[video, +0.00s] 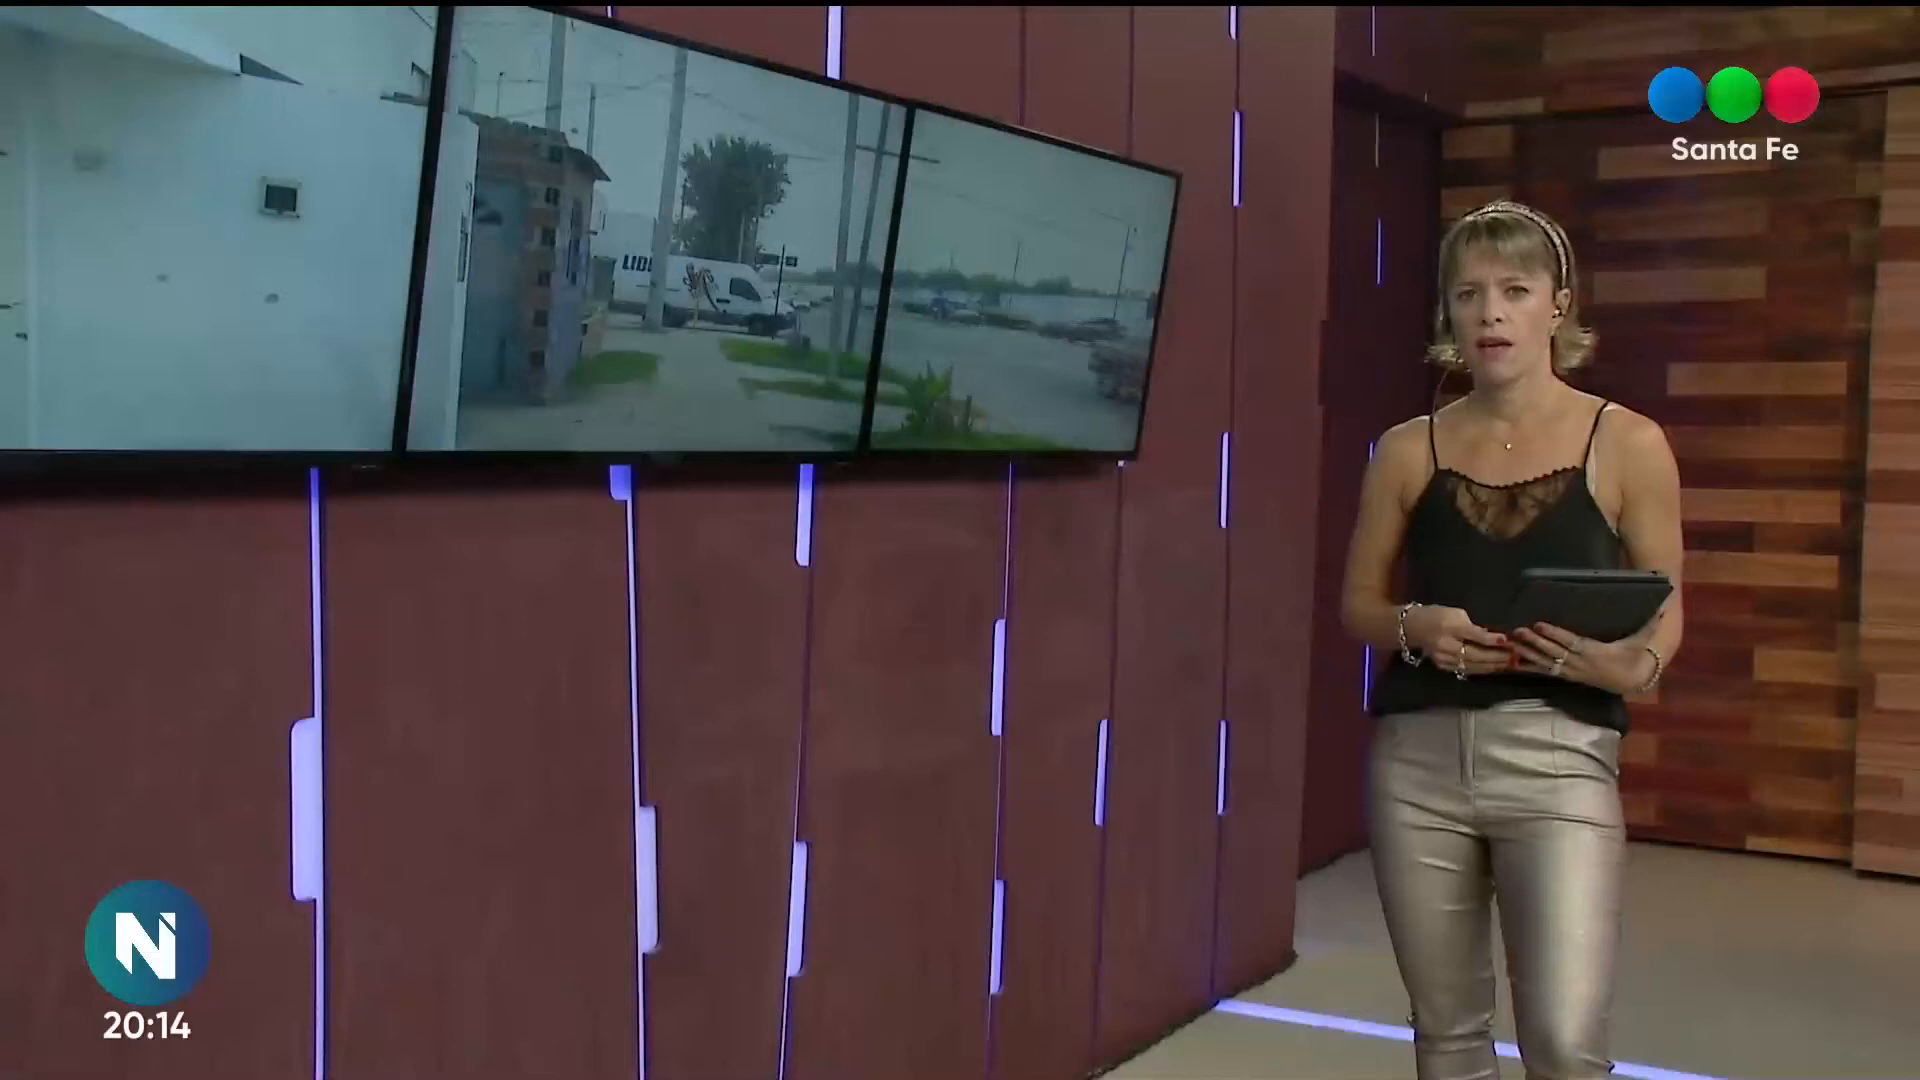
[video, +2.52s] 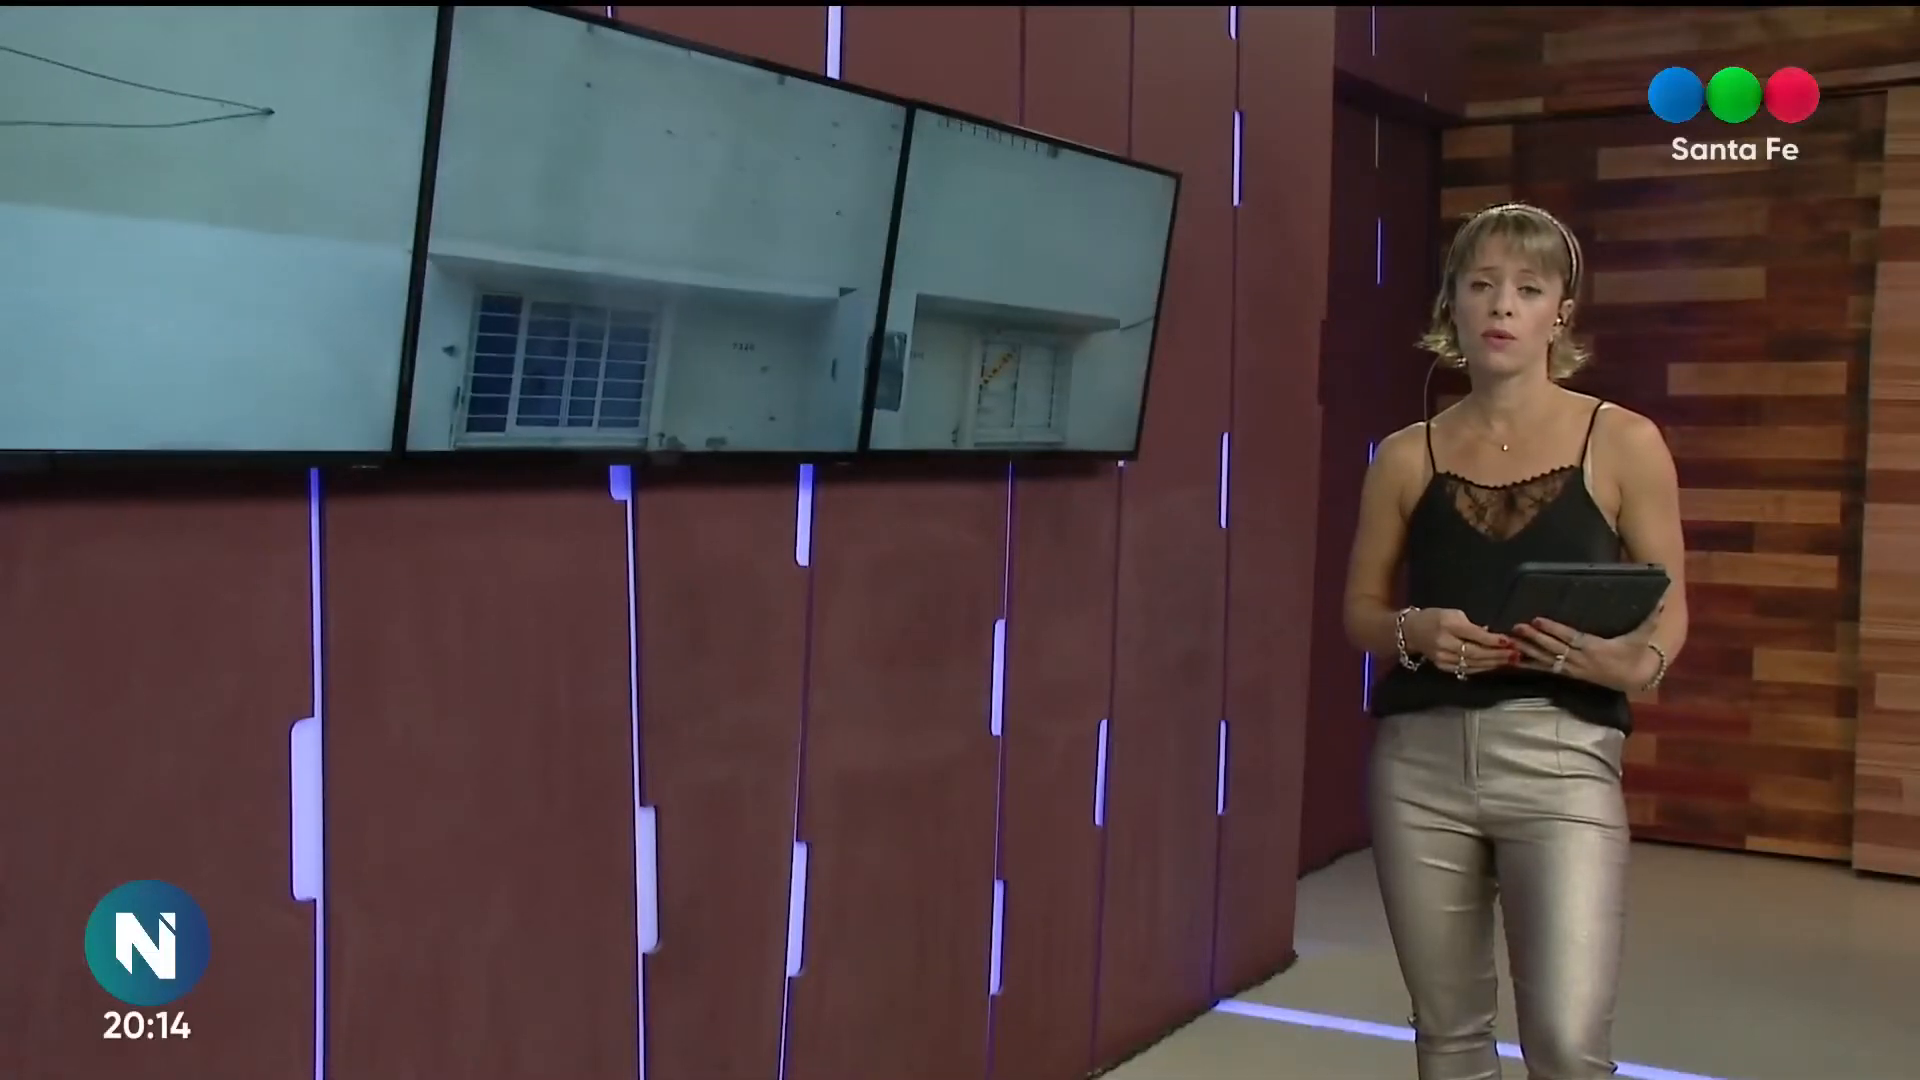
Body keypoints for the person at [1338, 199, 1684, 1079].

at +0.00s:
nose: (1489, 312)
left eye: (1513, 290)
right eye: (1470, 292)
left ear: (1558, 307)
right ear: (1448, 312)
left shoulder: (1628, 445)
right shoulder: (1407, 452)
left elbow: (1663, 611)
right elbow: (1358, 605)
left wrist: (1624, 668)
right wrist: (1411, 626)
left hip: (1557, 766)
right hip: (1416, 768)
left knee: (1563, 1048)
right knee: (1446, 1039)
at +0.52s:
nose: (1495, 299)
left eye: (1520, 281)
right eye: (1474, 281)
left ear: (1557, 309)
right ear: (1448, 307)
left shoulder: (1623, 442)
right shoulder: (1403, 454)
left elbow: (1662, 608)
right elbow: (1365, 605)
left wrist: (1625, 669)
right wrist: (1389, 635)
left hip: (1555, 763)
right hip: (1416, 764)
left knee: (1561, 1045)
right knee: (1446, 1039)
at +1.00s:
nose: (1497, 297)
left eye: (1523, 282)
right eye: (1477, 279)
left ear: (1554, 312)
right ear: (1447, 305)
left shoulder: (1619, 440)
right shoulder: (1399, 459)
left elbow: (1663, 599)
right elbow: (1360, 615)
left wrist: (1626, 665)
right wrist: (1405, 639)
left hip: (1558, 765)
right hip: (1417, 768)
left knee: (1563, 1047)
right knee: (1447, 1042)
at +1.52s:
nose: (1498, 303)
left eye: (1523, 287)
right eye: (1479, 284)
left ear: (1556, 314)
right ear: (1449, 307)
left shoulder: (1621, 442)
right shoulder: (1401, 459)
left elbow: (1664, 599)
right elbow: (1358, 614)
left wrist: (1632, 665)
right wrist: (1411, 634)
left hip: (1559, 767)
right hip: (1417, 769)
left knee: (1565, 1049)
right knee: (1448, 1042)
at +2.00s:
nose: (1497, 304)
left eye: (1523, 288)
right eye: (1478, 284)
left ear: (1559, 313)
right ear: (1450, 305)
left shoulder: (1623, 444)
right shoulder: (1404, 459)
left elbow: (1666, 603)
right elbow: (1360, 612)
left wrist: (1629, 665)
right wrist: (1410, 631)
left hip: (1559, 766)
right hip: (1418, 768)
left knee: (1565, 1049)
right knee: (1447, 1042)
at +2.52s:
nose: (1499, 304)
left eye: (1525, 288)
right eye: (1481, 284)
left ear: (1559, 313)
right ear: (1452, 306)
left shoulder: (1624, 444)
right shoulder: (1405, 459)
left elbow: (1667, 605)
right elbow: (1360, 612)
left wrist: (1631, 665)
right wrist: (1410, 632)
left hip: (1560, 766)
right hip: (1418, 768)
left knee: (1566, 1048)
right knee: (1448, 1041)